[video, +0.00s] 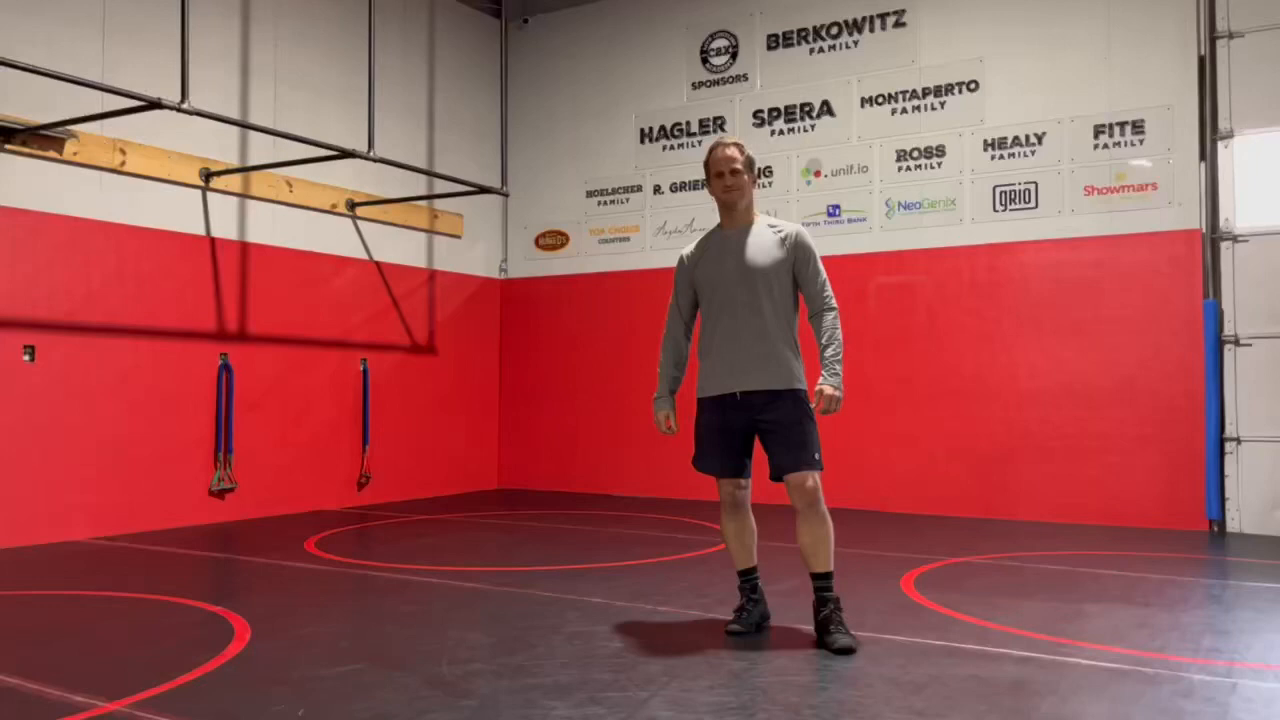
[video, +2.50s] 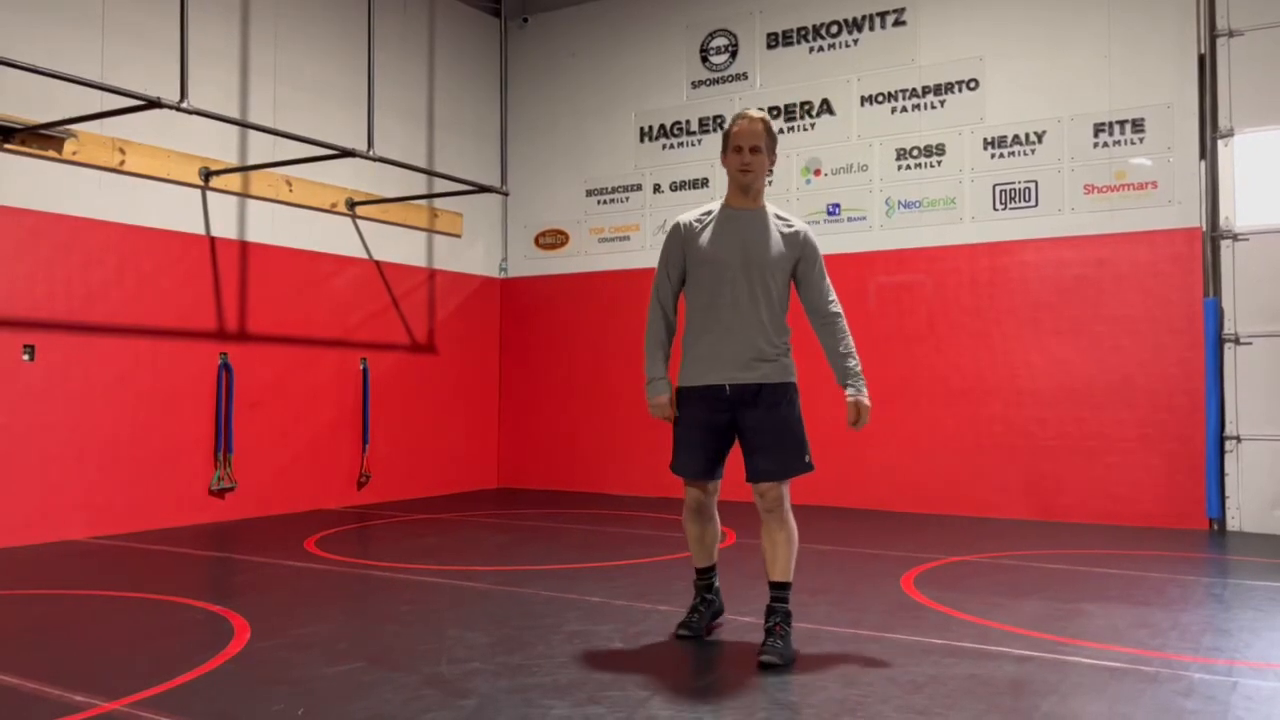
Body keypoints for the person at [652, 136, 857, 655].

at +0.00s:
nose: (727, 179)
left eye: (735, 171)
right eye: (718, 173)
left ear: (753, 177)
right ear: (707, 185)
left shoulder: (790, 239)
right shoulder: (695, 257)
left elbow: (824, 310)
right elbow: (677, 330)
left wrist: (832, 374)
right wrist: (665, 394)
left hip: (783, 392)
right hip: (720, 397)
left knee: (807, 490)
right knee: (733, 495)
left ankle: (827, 610)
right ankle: (751, 602)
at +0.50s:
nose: (725, 178)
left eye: (733, 170)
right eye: (716, 172)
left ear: (752, 176)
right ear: (705, 184)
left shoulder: (788, 239)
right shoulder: (692, 258)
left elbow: (821, 313)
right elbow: (676, 334)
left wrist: (834, 377)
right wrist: (667, 399)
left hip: (783, 393)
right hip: (719, 399)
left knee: (807, 487)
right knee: (732, 496)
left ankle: (827, 610)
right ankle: (750, 601)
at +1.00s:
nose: (733, 175)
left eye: (741, 167)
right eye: (724, 169)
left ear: (759, 175)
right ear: (711, 182)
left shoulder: (796, 239)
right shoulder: (697, 256)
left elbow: (825, 316)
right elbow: (680, 334)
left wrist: (835, 385)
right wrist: (671, 399)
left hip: (783, 392)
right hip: (722, 398)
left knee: (782, 493)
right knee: (734, 498)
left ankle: (782, 614)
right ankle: (753, 599)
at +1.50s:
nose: (762, 153)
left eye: (774, 144)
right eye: (753, 144)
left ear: (792, 154)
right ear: (741, 155)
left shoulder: (821, 227)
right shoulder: (714, 233)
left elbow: (850, 305)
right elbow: (690, 310)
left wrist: (856, 373)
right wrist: (673, 371)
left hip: (798, 386)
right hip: (731, 388)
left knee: (789, 501)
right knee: (717, 504)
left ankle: (780, 623)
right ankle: (750, 570)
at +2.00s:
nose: (780, 148)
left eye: (791, 140)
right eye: (771, 139)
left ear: (806, 152)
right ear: (754, 148)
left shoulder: (825, 233)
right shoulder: (717, 223)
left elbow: (845, 318)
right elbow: (686, 303)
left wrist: (861, 390)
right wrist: (675, 375)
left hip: (800, 388)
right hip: (732, 387)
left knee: (790, 503)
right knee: (730, 505)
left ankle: (780, 624)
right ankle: (750, 543)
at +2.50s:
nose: (747, 158)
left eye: (757, 149)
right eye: (737, 148)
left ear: (772, 159)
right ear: (722, 157)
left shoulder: (792, 235)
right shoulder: (687, 231)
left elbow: (827, 313)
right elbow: (661, 309)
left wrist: (854, 383)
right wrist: (656, 379)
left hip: (769, 387)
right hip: (702, 388)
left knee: (772, 498)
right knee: (697, 497)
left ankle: (778, 620)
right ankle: (706, 598)